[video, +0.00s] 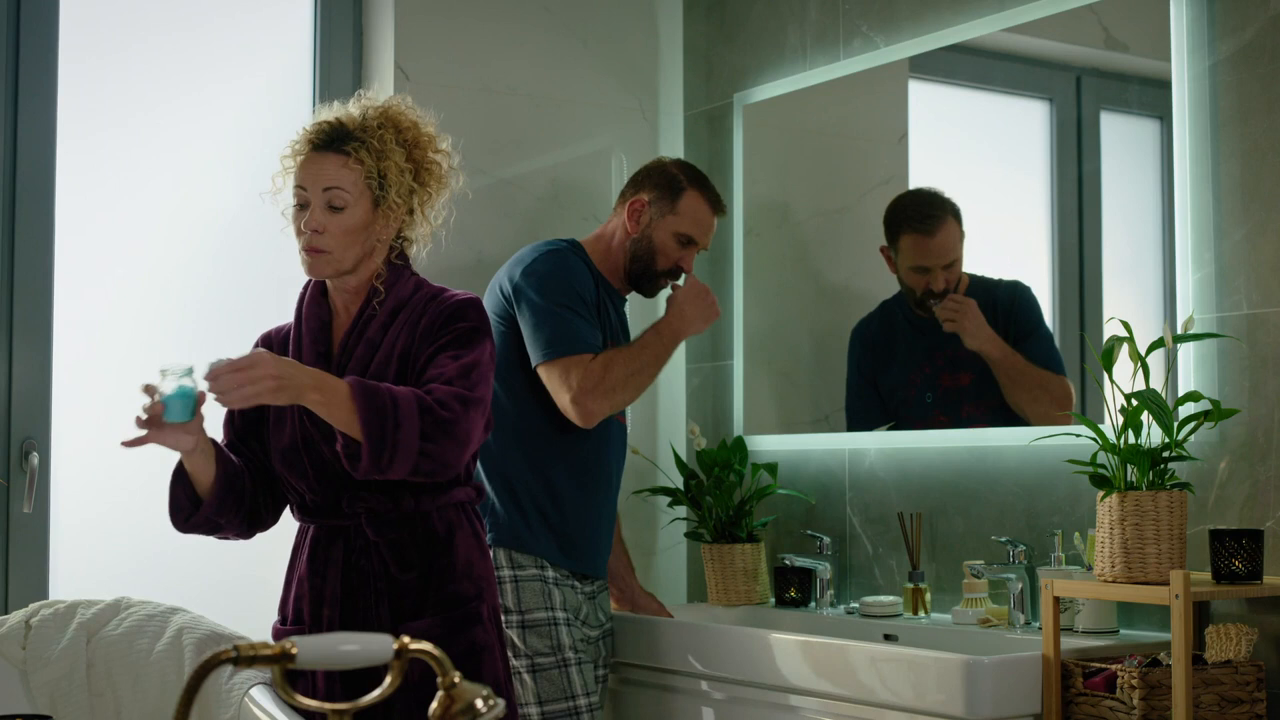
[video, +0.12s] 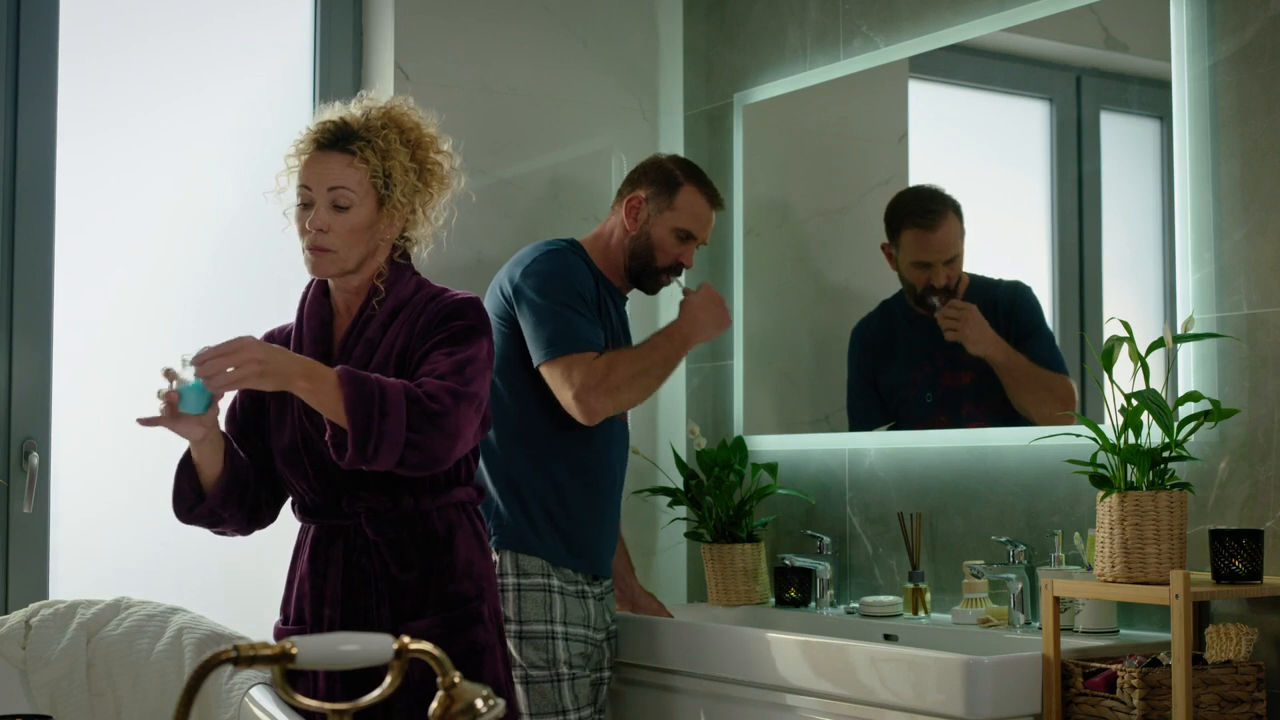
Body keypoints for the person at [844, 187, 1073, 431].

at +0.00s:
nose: (938, 285)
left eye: (950, 266)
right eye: (921, 271)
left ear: (962, 245)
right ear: (890, 261)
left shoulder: (1012, 303)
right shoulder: (871, 337)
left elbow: (1059, 415)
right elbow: (866, 447)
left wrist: (989, 343)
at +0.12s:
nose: (939, 280)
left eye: (951, 262)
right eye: (922, 266)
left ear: (963, 245)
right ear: (891, 258)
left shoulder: (1012, 303)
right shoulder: (872, 337)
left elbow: (1061, 414)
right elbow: (868, 447)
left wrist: (994, 348)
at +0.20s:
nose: (941, 278)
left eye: (953, 259)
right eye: (923, 264)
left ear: (964, 244)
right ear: (892, 256)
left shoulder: (1013, 302)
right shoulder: (872, 336)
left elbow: (1061, 412)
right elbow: (868, 448)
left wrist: (991, 340)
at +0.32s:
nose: (942, 277)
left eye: (953, 259)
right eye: (924, 264)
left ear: (964, 244)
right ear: (892, 257)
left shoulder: (1012, 301)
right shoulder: (871, 335)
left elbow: (1063, 412)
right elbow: (868, 446)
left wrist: (995, 340)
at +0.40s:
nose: (941, 278)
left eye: (952, 260)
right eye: (923, 264)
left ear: (963, 244)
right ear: (890, 257)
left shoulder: (1012, 301)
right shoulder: (872, 335)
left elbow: (1064, 412)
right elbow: (870, 446)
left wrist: (994, 344)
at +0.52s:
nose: (942, 281)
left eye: (953, 263)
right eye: (924, 269)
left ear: (962, 244)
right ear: (891, 260)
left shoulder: (1013, 300)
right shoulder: (872, 336)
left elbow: (1061, 413)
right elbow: (872, 447)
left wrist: (990, 342)